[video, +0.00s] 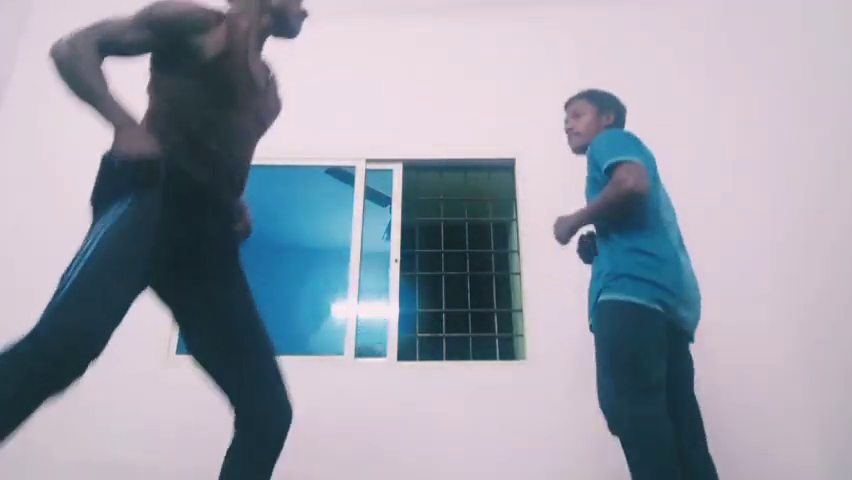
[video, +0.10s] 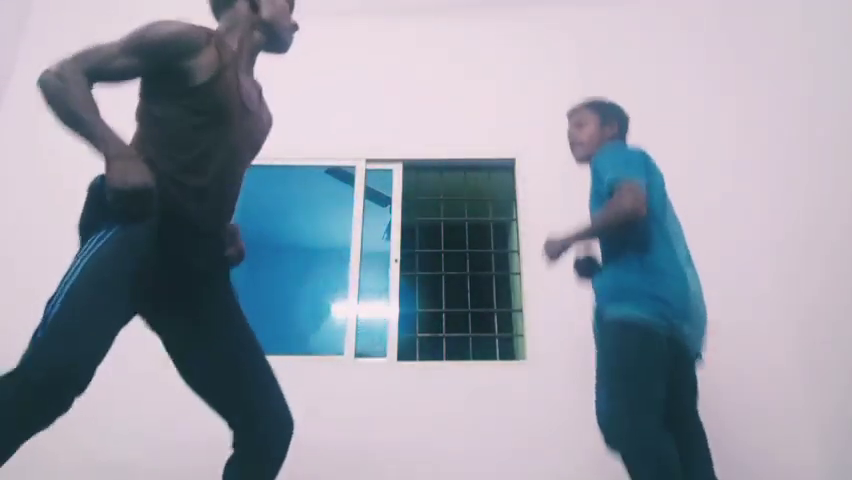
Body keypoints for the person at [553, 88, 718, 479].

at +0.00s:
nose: (567, 125)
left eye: (577, 116)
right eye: (566, 119)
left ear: (607, 117)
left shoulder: (611, 140)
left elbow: (633, 181)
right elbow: (645, 234)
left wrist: (575, 218)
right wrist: (600, 244)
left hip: (633, 287)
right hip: (671, 296)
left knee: (632, 407)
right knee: (677, 413)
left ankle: (658, 473)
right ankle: (697, 474)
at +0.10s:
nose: (571, 135)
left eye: (580, 125)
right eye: (570, 129)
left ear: (609, 127)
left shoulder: (616, 153)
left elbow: (631, 203)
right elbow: (651, 261)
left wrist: (569, 236)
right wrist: (601, 271)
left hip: (638, 304)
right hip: (677, 311)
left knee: (627, 419)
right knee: (678, 420)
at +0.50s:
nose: (547, 133)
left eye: (555, 122)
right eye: (545, 127)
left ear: (586, 122)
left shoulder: (590, 147)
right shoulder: (628, 163)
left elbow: (622, 193)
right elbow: (652, 252)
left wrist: (563, 261)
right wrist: (603, 287)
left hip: (634, 305)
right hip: (679, 309)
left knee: (638, 427)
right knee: (675, 429)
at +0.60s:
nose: (541, 153)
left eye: (548, 142)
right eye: (538, 147)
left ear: (579, 139)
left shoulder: (583, 165)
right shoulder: (628, 186)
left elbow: (600, 225)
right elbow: (651, 263)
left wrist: (548, 307)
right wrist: (603, 304)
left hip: (632, 326)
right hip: (682, 334)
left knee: (643, 459)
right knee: (673, 460)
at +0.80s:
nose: (546, 212)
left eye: (551, 201)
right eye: (545, 204)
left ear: (580, 198)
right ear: (586, 201)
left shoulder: (580, 223)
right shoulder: (636, 240)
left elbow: (531, 263)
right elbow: (644, 329)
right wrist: (583, 332)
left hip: (633, 355)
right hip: (690, 364)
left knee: (580, 465)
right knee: (648, 471)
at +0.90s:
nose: (559, 203)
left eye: (565, 193)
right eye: (559, 195)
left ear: (594, 192)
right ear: (599, 195)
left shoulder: (586, 217)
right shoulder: (652, 238)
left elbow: (513, 219)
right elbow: (650, 301)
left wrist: (473, 214)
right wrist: (591, 311)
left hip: (615, 359)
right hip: (678, 372)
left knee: (560, 466)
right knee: (637, 474)